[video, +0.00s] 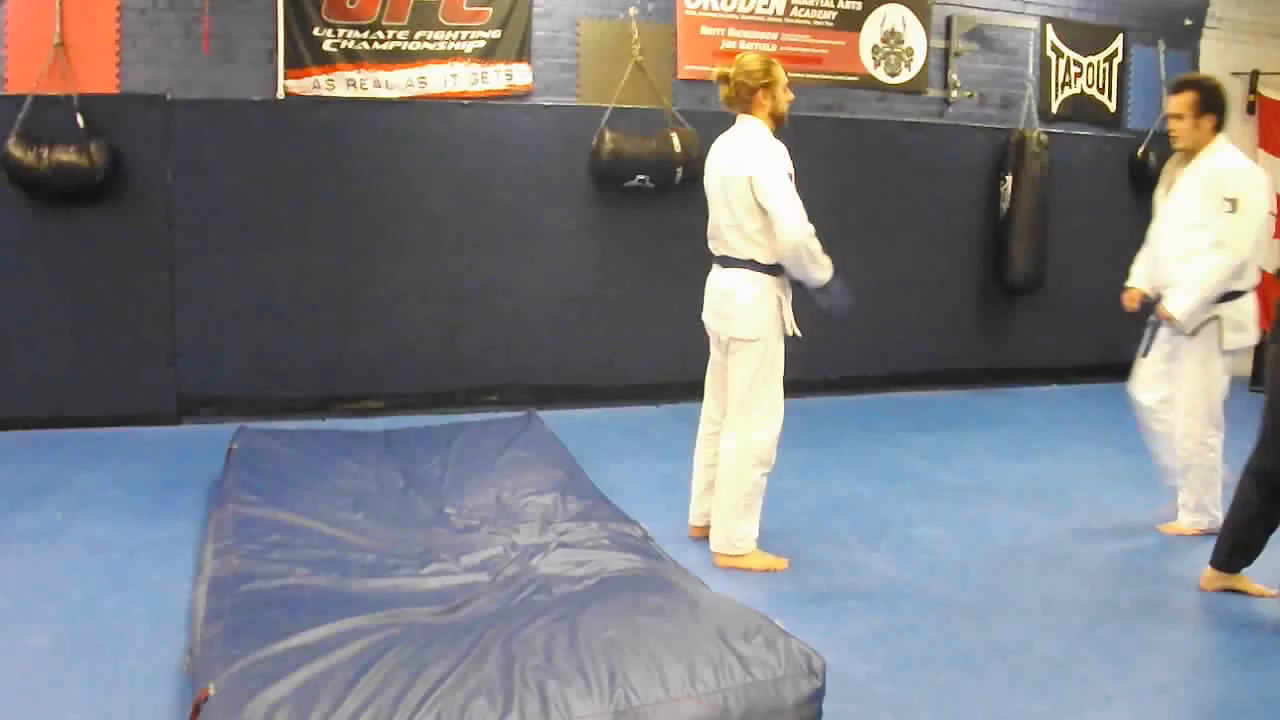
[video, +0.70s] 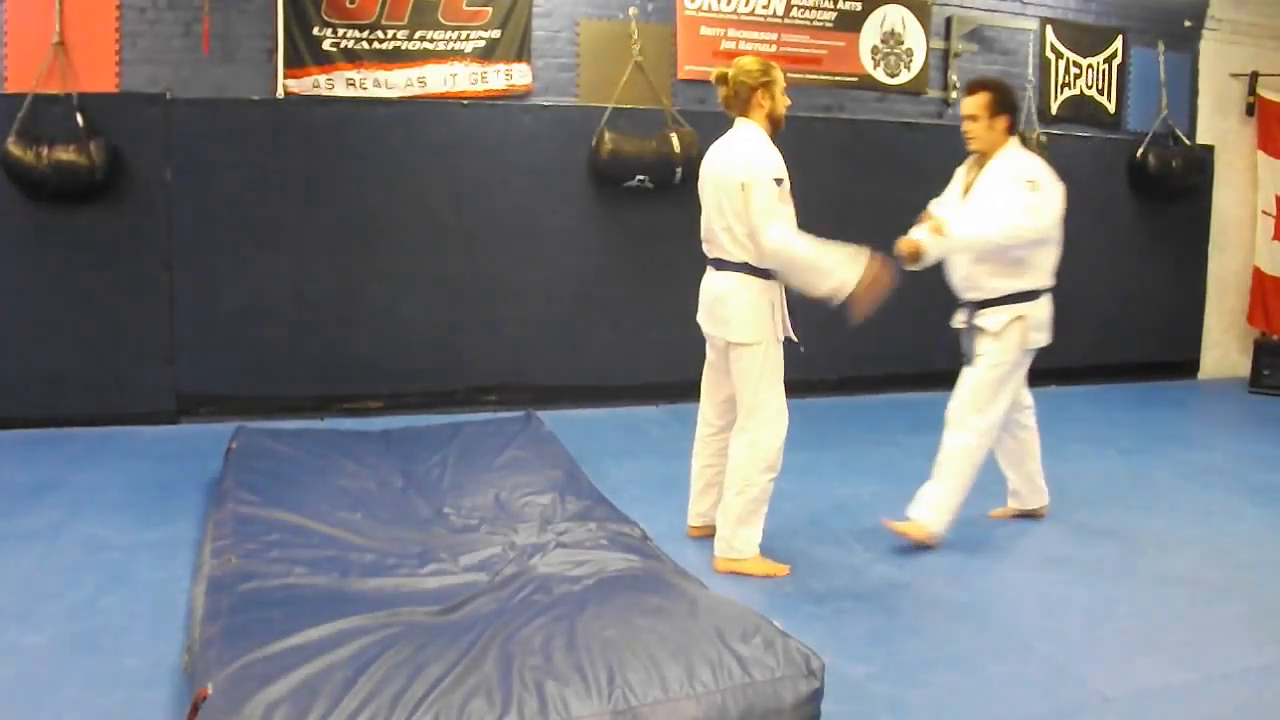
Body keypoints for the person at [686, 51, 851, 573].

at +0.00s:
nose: (790, 93)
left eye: (787, 85)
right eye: (784, 86)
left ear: (745, 96)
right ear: (763, 94)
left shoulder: (723, 145)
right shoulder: (765, 150)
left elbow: (730, 225)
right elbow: (792, 236)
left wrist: (786, 262)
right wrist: (824, 275)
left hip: (722, 283)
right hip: (755, 291)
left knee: (718, 409)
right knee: (755, 418)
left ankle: (704, 516)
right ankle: (735, 545)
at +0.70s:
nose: (786, 103)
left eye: (783, 93)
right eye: (781, 94)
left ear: (738, 99)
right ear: (763, 98)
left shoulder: (718, 152)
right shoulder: (760, 157)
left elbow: (723, 236)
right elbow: (774, 242)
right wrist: (849, 269)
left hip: (717, 288)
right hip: (749, 295)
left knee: (719, 410)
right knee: (763, 421)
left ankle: (703, 515)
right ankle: (736, 548)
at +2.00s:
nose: (753, 99)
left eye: (751, 91)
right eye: (749, 91)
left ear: (711, 95)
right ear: (727, 96)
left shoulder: (678, 138)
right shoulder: (719, 153)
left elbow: (744, 190)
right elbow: (776, 208)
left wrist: (796, 200)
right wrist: (845, 240)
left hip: (670, 283)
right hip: (678, 293)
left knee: (732, 377)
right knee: (682, 413)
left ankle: (726, 476)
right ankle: (645, 533)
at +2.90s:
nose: (813, 104)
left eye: (811, 95)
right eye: (809, 95)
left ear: (762, 101)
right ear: (792, 100)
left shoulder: (736, 151)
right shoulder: (796, 158)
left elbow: (730, 230)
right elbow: (801, 249)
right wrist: (814, 329)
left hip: (722, 284)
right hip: (762, 294)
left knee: (740, 408)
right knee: (782, 421)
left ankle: (717, 496)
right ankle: (759, 545)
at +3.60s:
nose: (797, 99)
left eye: (794, 90)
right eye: (793, 91)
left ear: (749, 95)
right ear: (776, 95)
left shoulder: (732, 149)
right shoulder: (779, 156)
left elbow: (735, 231)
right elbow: (790, 248)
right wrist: (812, 320)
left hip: (735, 277)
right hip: (766, 286)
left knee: (735, 403)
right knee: (784, 414)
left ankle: (720, 506)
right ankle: (756, 541)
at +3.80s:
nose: (798, 99)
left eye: (795, 90)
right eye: (794, 90)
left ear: (753, 96)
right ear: (776, 95)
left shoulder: (733, 148)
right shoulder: (778, 155)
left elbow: (734, 228)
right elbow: (796, 244)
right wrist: (826, 314)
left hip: (736, 278)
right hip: (768, 285)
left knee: (735, 401)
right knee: (783, 414)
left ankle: (721, 505)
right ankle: (757, 540)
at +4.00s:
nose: (800, 101)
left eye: (797, 93)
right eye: (796, 93)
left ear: (753, 95)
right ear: (781, 95)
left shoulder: (733, 145)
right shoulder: (785, 152)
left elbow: (761, 201)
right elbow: (838, 214)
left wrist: (810, 176)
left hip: (724, 282)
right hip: (763, 291)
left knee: (730, 405)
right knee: (781, 417)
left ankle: (720, 506)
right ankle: (756, 541)